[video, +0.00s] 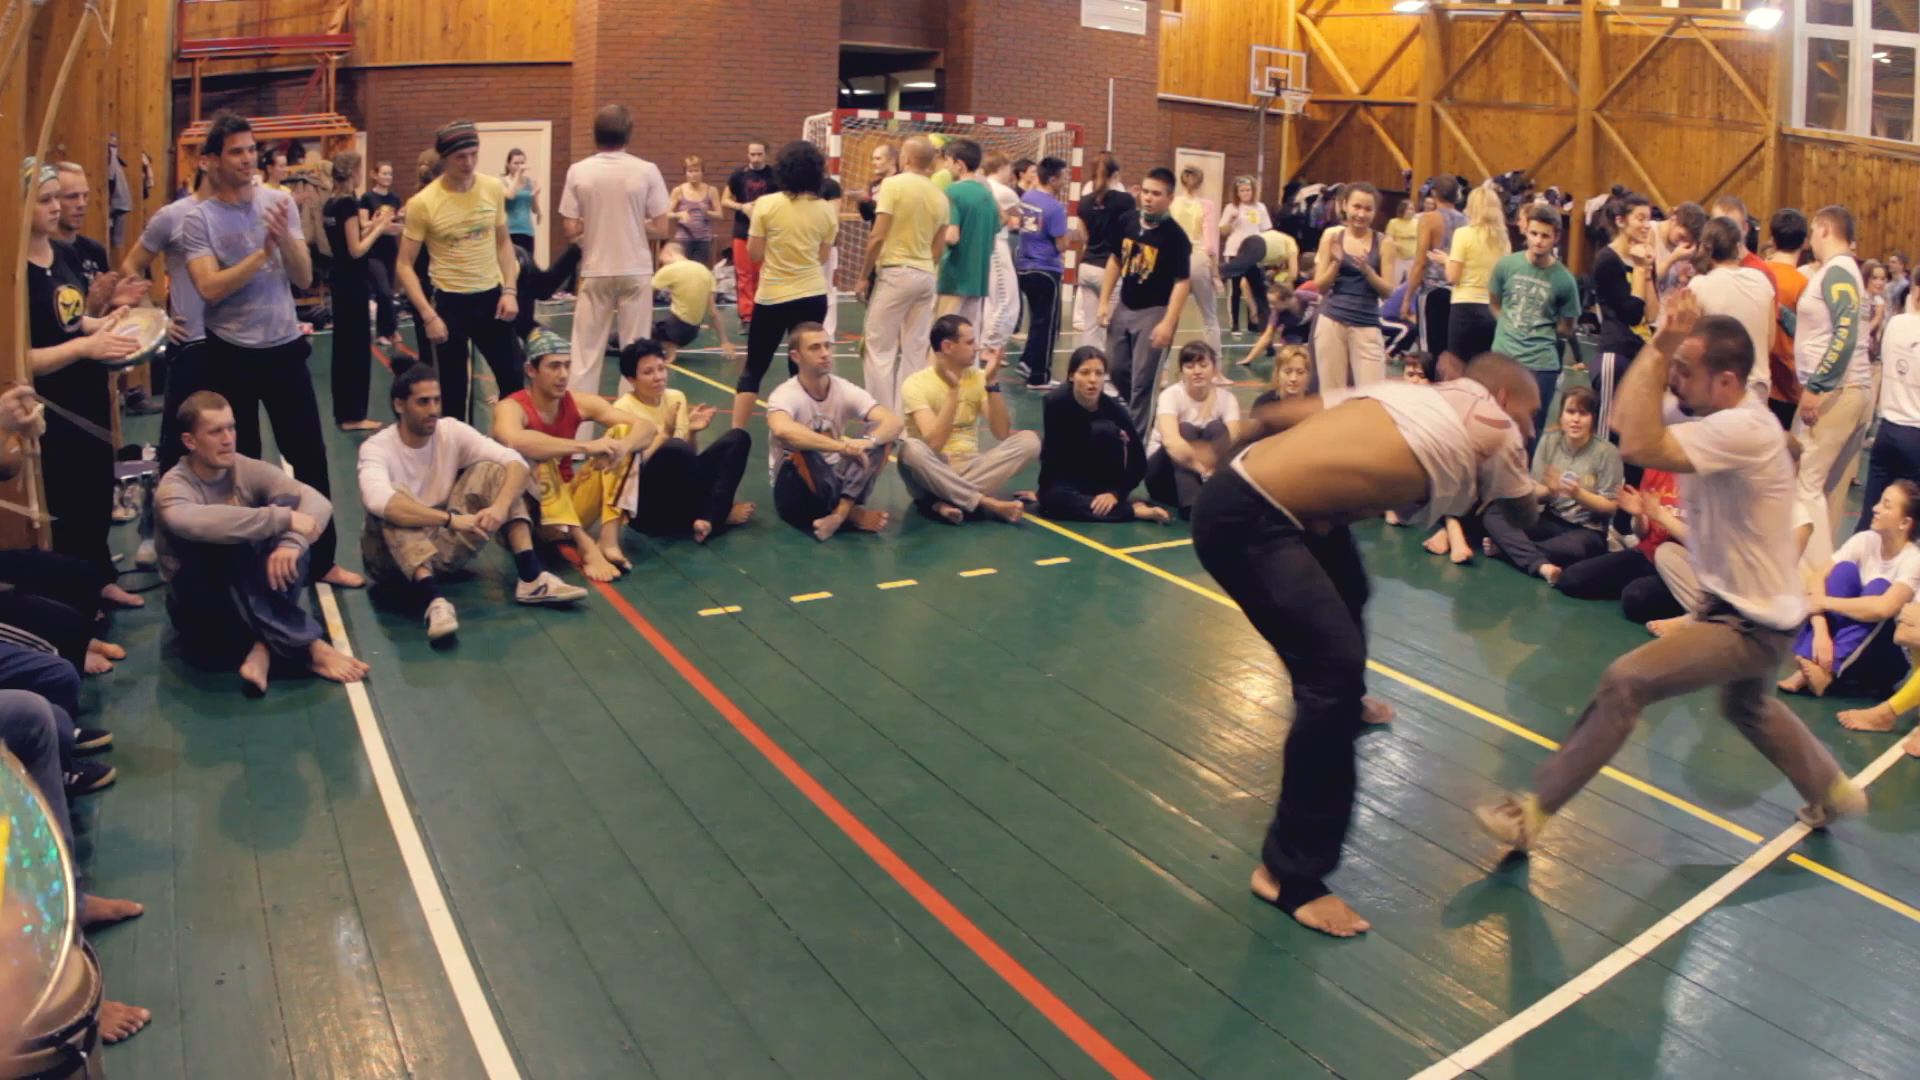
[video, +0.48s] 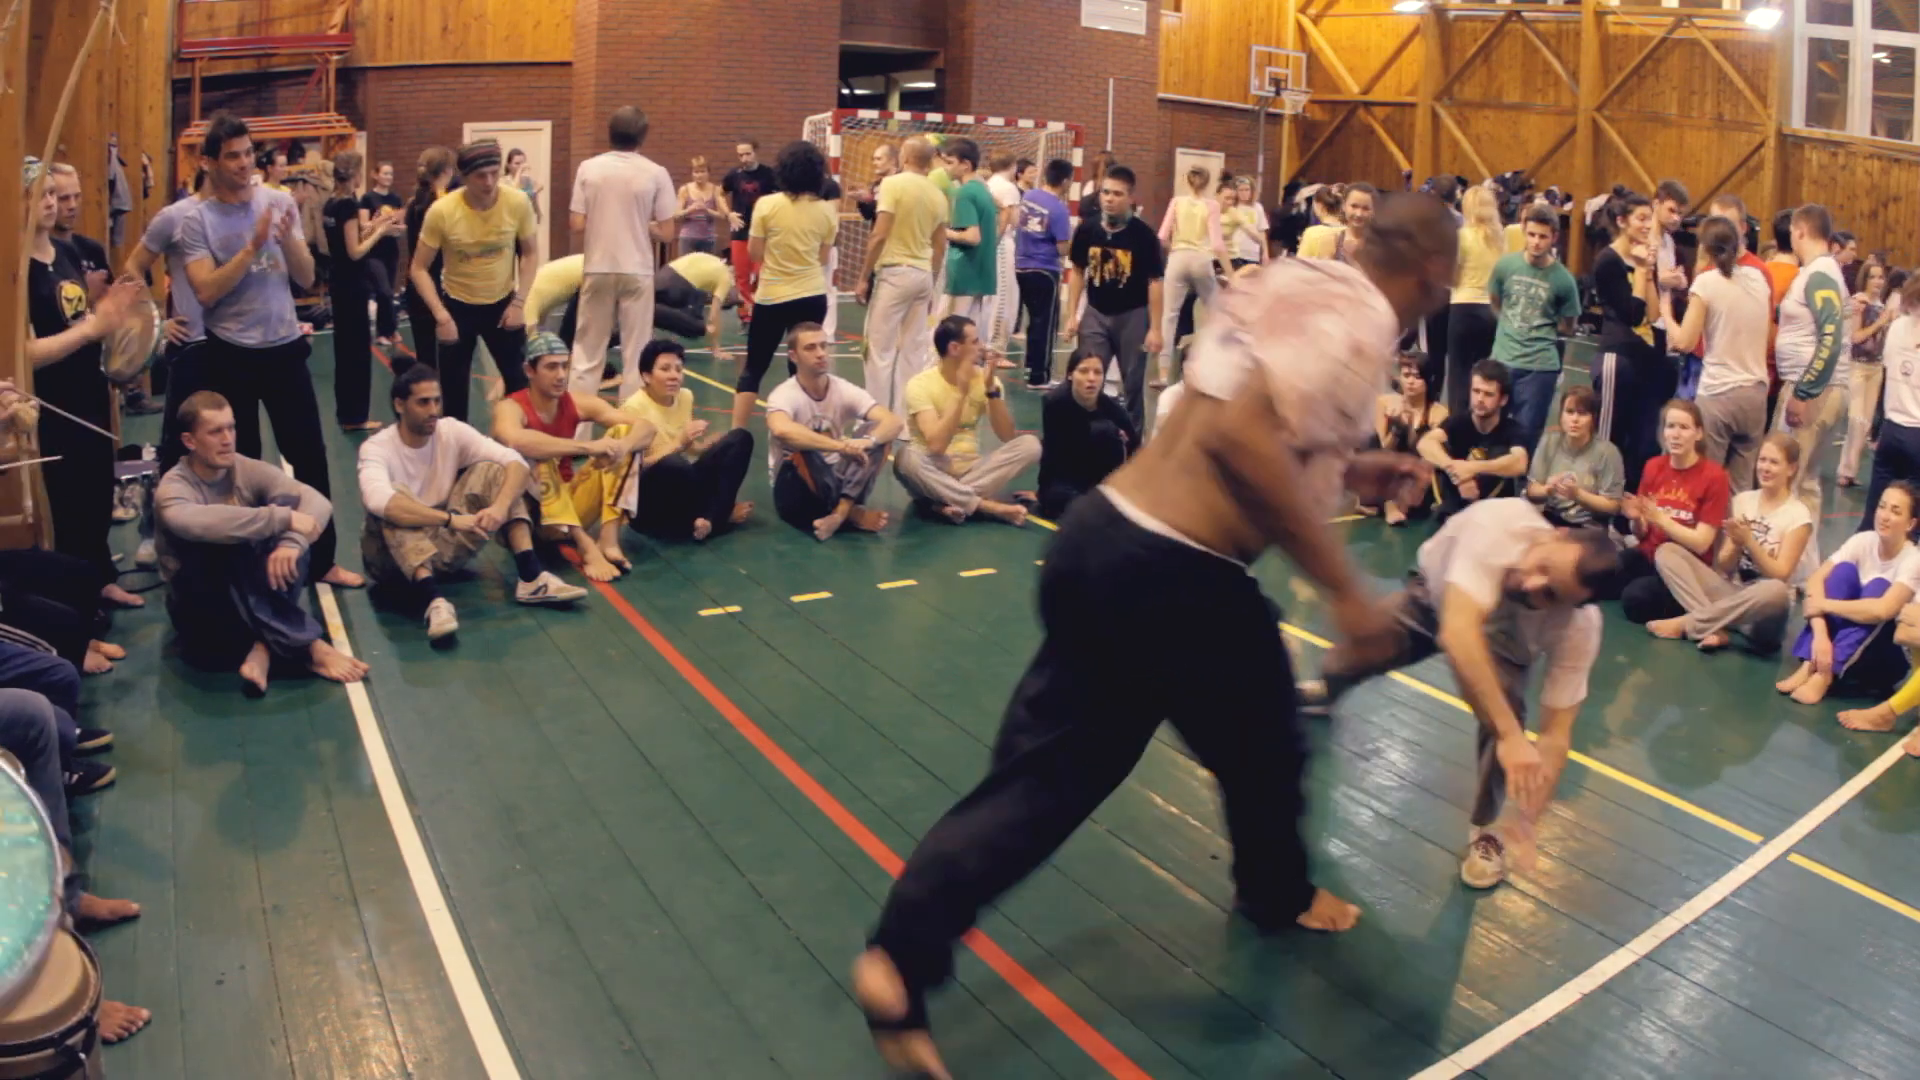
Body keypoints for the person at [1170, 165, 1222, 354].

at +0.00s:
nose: (1189, 185)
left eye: (1187, 180)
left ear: (1182, 182)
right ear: (1200, 183)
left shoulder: (1172, 204)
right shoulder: (1206, 206)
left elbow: (1164, 235)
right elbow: (1211, 244)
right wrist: (1215, 273)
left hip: (1174, 256)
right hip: (1197, 257)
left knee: (1168, 314)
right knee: (1210, 317)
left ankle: (1159, 367)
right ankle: (1215, 362)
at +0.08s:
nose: (1188, 185)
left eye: (1186, 181)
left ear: (1182, 182)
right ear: (1200, 183)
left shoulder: (1171, 204)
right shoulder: (1206, 207)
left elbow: (1163, 235)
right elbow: (1210, 245)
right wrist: (1215, 275)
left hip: (1173, 255)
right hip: (1196, 256)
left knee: (1165, 314)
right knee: (1209, 315)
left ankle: (1157, 362)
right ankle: (1215, 359)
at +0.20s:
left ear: (1182, 182)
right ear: (1199, 184)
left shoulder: (1169, 203)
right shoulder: (1206, 207)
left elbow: (1161, 235)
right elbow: (1210, 244)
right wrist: (1216, 278)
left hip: (1172, 257)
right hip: (1197, 260)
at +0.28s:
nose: (1189, 186)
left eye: (1186, 182)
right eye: (1194, 182)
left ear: (1182, 183)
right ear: (1200, 184)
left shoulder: (1169, 204)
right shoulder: (1207, 208)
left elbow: (1159, 233)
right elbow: (1209, 247)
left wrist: (1158, 260)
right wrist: (1218, 280)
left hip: (1175, 253)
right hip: (1197, 256)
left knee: (1167, 310)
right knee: (1212, 311)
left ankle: (1162, 354)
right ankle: (1217, 356)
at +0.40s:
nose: (1195, 188)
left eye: (1190, 183)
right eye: (1200, 185)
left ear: (1185, 184)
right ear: (1204, 185)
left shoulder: (1172, 204)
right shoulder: (1208, 208)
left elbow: (1161, 233)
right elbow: (1212, 246)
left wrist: (1155, 261)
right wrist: (1225, 278)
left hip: (1175, 253)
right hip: (1198, 255)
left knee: (1167, 315)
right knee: (1214, 314)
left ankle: (1163, 372)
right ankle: (1221, 363)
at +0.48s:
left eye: (1190, 181)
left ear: (1188, 182)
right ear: (1207, 184)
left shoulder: (1176, 203)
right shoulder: (1212, 206)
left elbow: (1162, 236)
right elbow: (1217, 244)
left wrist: (1174, 249)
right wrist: (1230, 274)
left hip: (1178, 253)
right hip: (1201, 255)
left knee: (1170, 314)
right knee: (1214, 311)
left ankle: (1163, 372)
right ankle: (1211, 363)